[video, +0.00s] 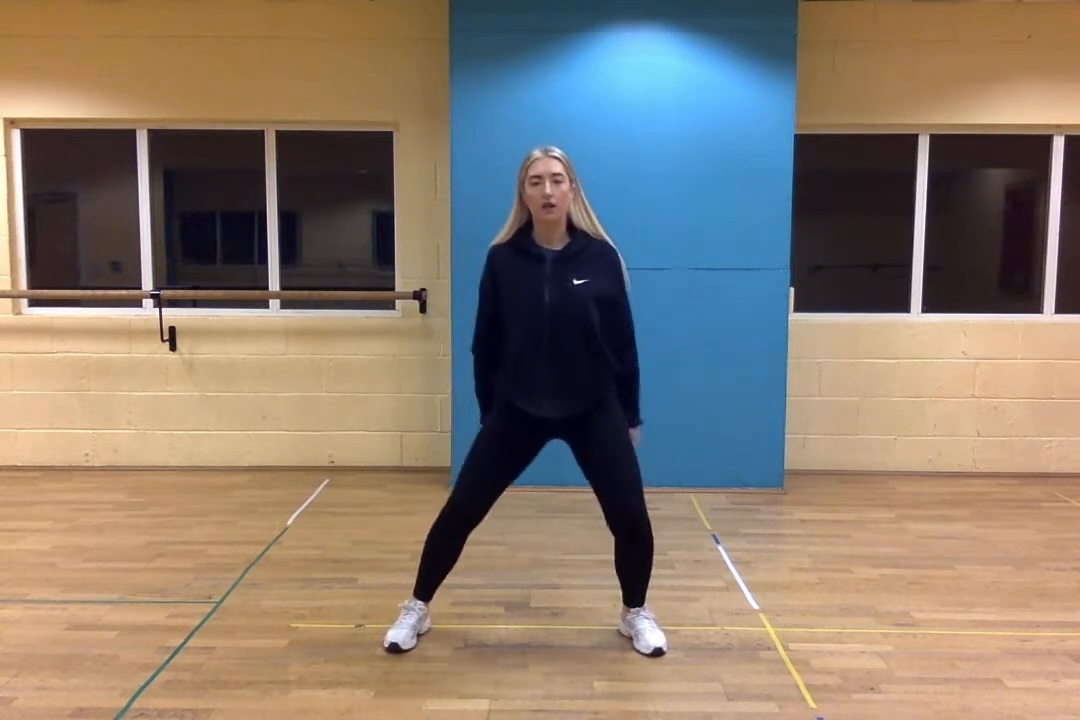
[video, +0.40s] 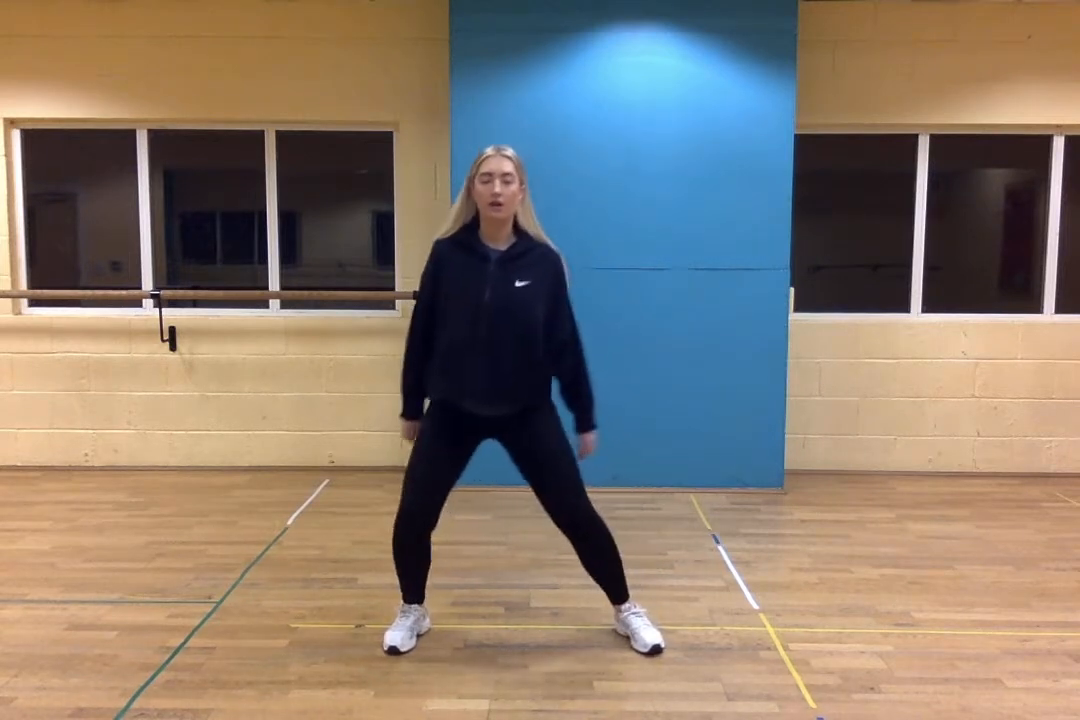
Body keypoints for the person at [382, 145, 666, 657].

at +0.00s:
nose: (548, 189)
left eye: (557, 180)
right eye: (537, 182)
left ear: (572, 189)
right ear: (523, 193)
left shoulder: (601, 254)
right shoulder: (503, 258)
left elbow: (623, 339)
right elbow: (486, 339)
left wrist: (630, 415)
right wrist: (490, 411)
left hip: (593, 407)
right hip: (519, 408)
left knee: (632, 518)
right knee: (461, 509)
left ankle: (636, 612)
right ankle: (416, 608)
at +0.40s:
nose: (496, 188)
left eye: (507, 179)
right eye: (487, 179)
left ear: (521, 190)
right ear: (471, 190)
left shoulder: (543, 259)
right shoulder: (446, 252)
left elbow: (564, 341)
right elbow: (421, 331)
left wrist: (584, 419)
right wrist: (411, 406)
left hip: (525, 409)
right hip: (454, 409)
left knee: (574, 512)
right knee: (412, 515)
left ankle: (626, 609)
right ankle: (412, 609)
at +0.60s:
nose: (508, 179)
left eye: (517, 170)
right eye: (497, 171)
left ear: (531, 181)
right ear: (482, 182)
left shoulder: (554, 247)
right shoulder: (459, 246)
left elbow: (575, 325)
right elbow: (435, 321)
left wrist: (580, 399)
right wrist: (425, 400)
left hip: (546, 397)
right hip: (475, 398)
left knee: (589, 505)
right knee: (437, 508)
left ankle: (632, 607)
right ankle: (414, 608)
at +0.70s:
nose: (523, 172)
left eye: (532, 163)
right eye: (512, 165)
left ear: (547, 174)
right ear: (498, 177)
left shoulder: (573, 240)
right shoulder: (479, 240)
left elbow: (594, 319)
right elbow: (455, 320)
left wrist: (599, 391)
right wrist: (449, 396)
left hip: (570, 390)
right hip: (500, 392)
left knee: (607, 503)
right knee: (457, 503)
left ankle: (636, 608)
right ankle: (416, 607)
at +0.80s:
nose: (538, 179)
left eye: (547, 170)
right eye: (528, 171)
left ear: (563, 179)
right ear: (514, 183)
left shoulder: (590, 246)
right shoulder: (495, 248)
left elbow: (613, 326)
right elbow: (475, 328)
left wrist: (622, 403)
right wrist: (471, 404)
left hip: (586, 396)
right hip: (517, 398)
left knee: (618, 506)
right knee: (469, 505)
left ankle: (636, 611)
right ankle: (417, 607)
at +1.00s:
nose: (547, 190)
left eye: (556, 181)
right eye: (537, 183)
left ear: (572, 189)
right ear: (524, 194)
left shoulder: (599, 256)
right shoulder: (504, 257)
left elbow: (626, 336)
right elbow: (487, 335)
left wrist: (648, 415)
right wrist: (488, 405)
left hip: (588, 407)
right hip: (517, 407)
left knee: (625, 514)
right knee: (458, 505)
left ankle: (637, 611)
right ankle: (416, 607)